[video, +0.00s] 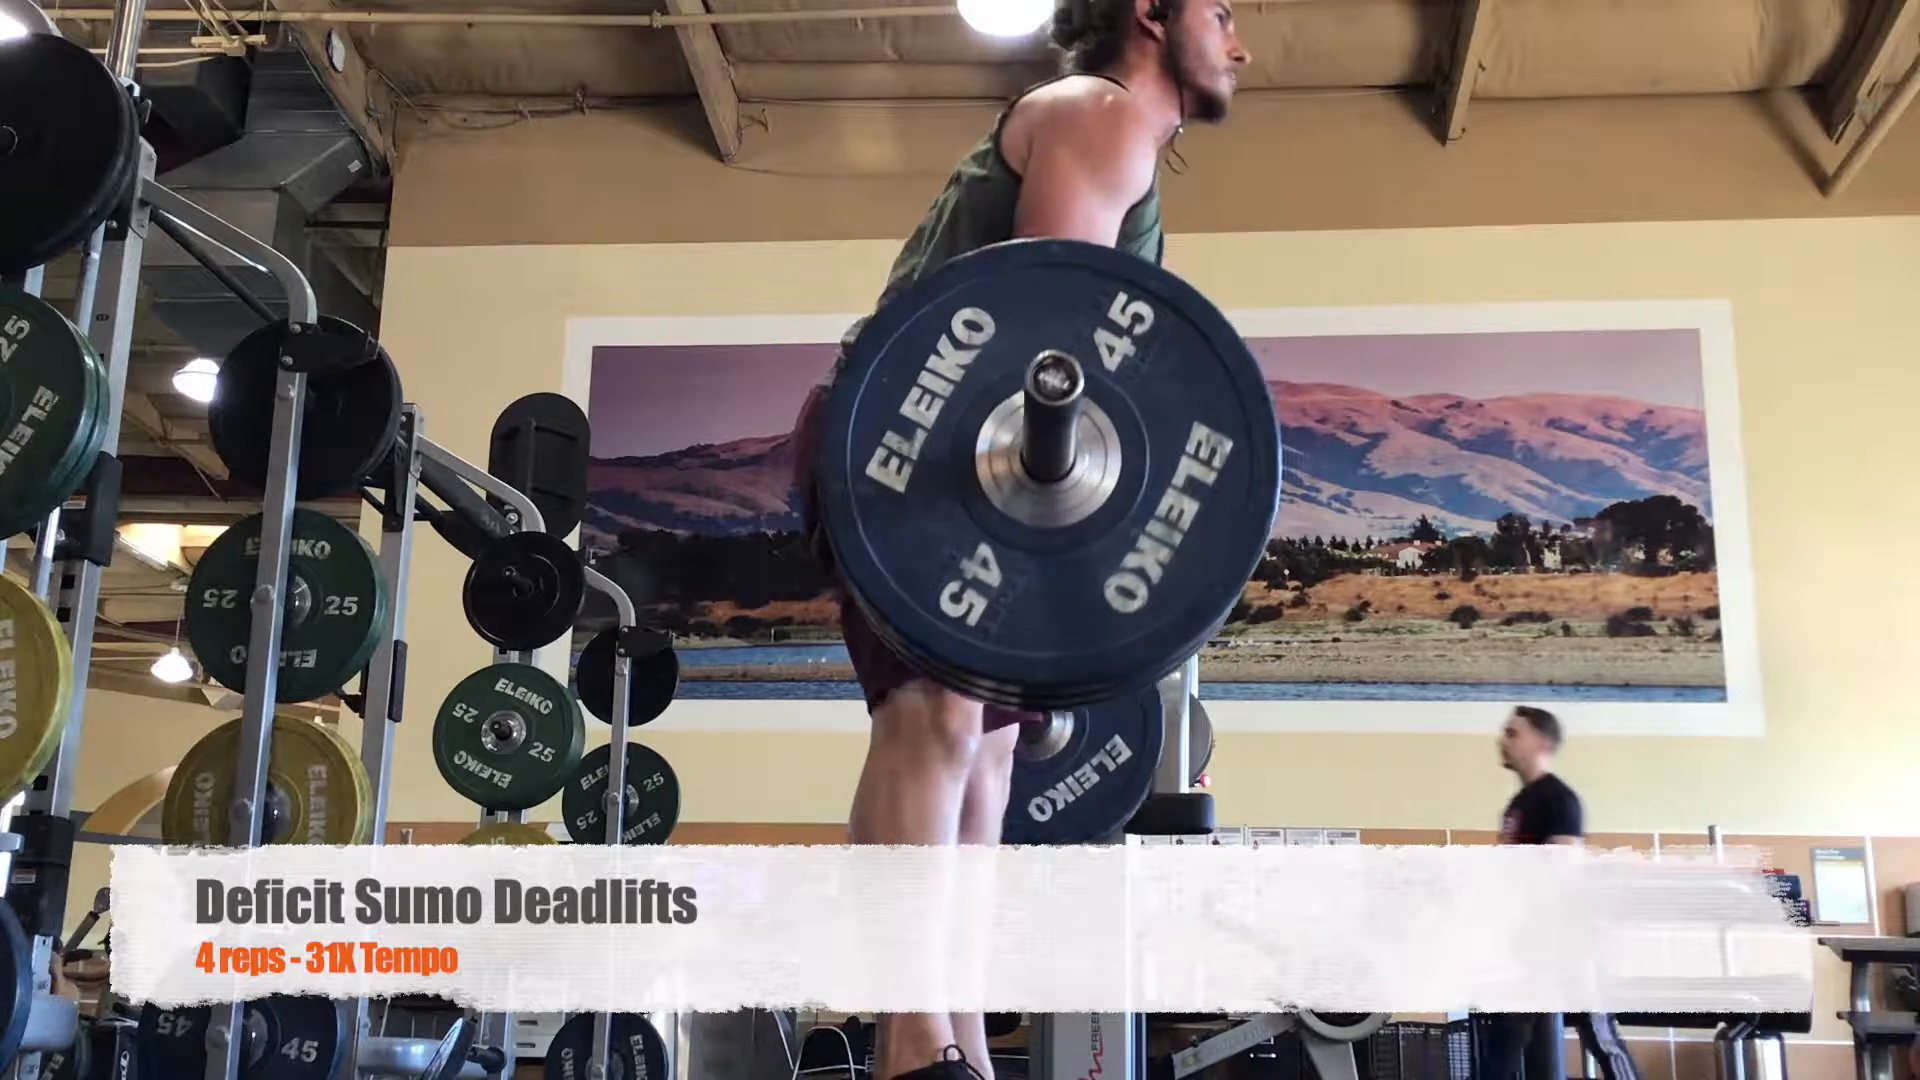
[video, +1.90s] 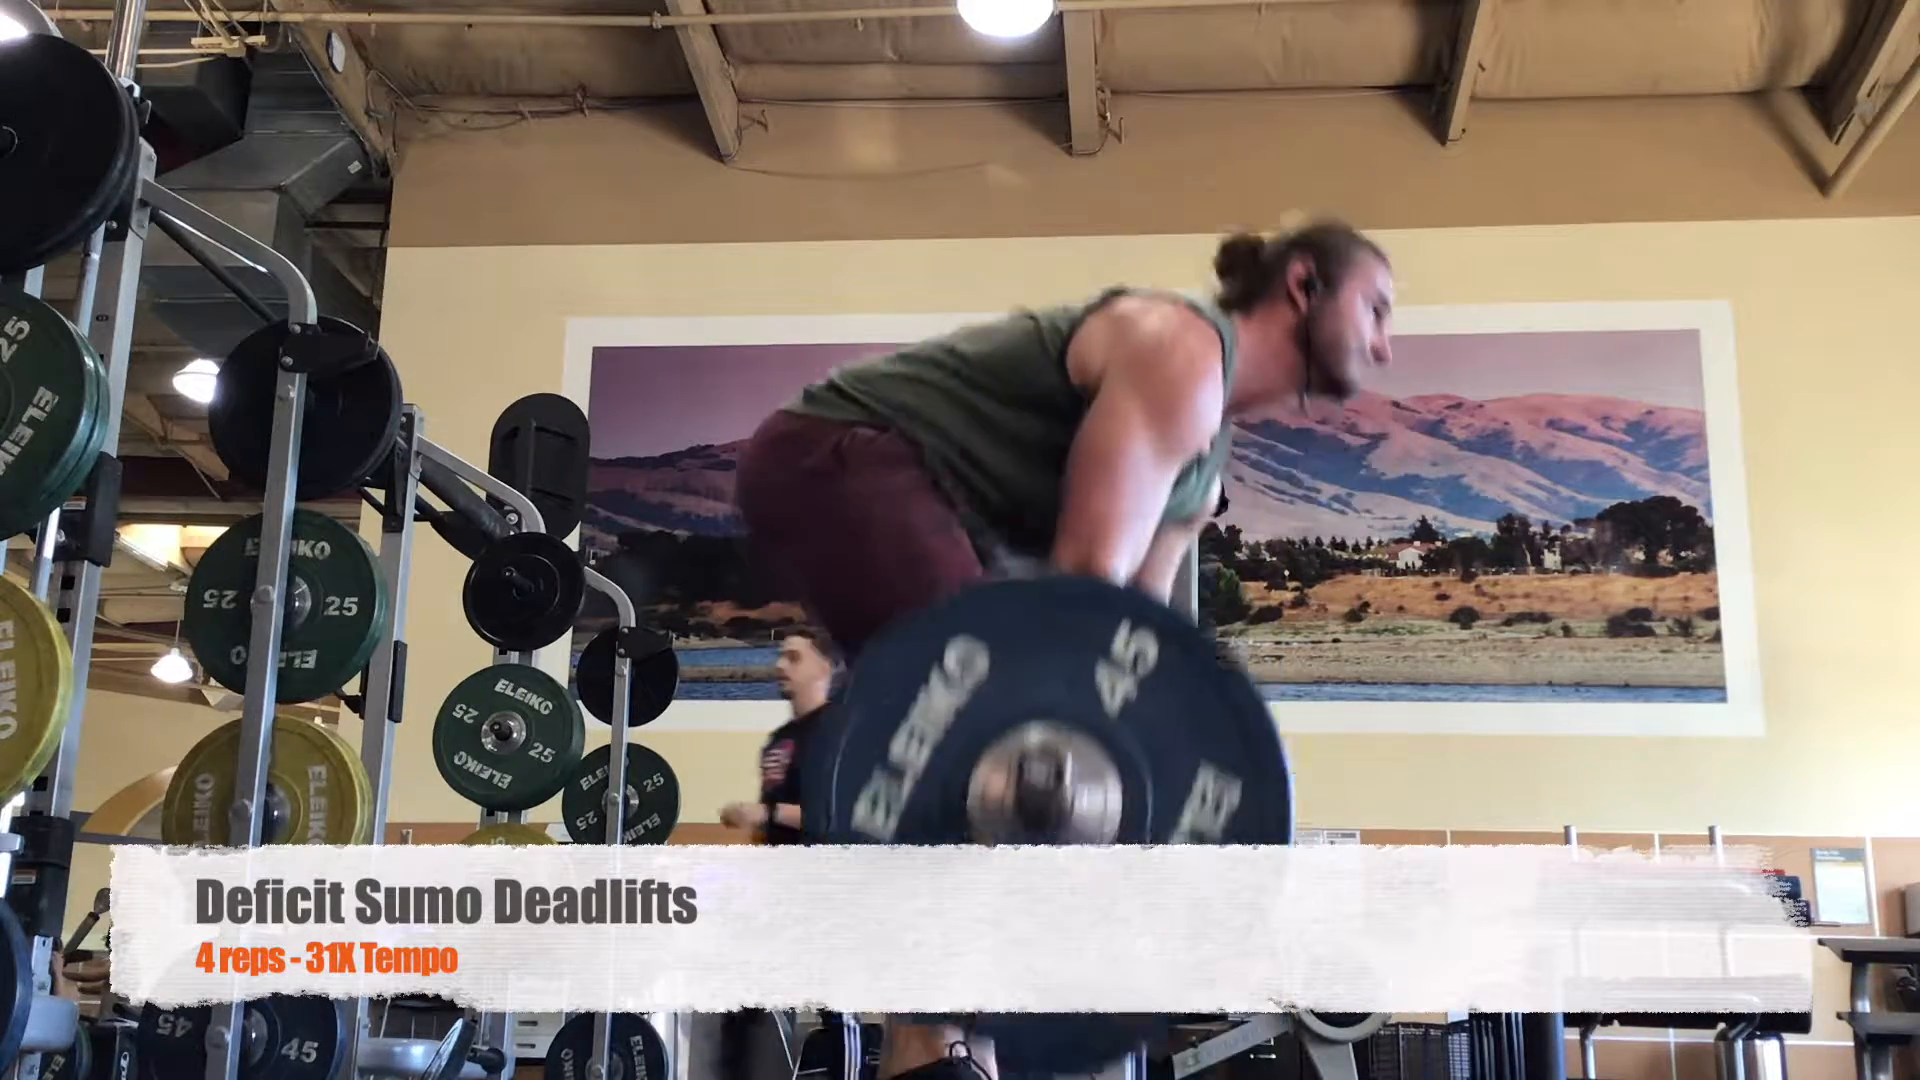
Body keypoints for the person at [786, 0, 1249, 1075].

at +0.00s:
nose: (1235, 33)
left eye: (1229, 15)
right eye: (1215, 12)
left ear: (1159, 28)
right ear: (1153, 19)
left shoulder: (1123, 148)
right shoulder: (1097, 115)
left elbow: (1075, 357)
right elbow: (1058, 335)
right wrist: (1075, 563)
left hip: (956, 440)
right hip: (886, 426)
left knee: (992, 724)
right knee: (931, 713)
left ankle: (958, 1032)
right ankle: (908, 1043)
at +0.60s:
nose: (1307, 153)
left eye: (1305, 132)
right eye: (1291, 127)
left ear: (1226, 135)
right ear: (1221, 126)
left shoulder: (1165, 278)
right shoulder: (1134, 210)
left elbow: (1118, 451)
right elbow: (1076, 424)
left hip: (891, 448)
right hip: (833, 428)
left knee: (966, 734)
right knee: (931, 712)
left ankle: (957, 1039)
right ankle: (911, 1042)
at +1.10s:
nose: (1354, 314)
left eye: (1355, 289)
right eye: (1341, 281)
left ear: (1274, 276)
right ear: (1270, 269)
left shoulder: (1184, 464)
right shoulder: (1158, 345)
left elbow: (1146, 633)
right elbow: (1082, 592)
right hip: (824, 475)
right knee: (984, 714)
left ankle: (943, 1033)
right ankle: (926, 1034)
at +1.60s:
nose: (1390, 490)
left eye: (1398, 472)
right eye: (1385, 457)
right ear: (1315, 423)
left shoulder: (1200, 585)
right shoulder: (1174, 487)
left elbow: (1135, 770)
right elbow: (1079, 728)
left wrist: (1142, 944)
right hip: (814, 545)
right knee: (1050, 705)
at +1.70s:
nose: (1397, 452)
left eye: (1402, 430)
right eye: (1389, 417)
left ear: (1318, 398)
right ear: (1315, 391)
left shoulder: (1202, 565)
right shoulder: (1181, 454)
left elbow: (1138, 742)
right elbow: (1077, 694)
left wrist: (1135, 895)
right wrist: (1077, 879)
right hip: (826, 510)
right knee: (1034, 689)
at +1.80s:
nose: (1398, 411)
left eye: (1402, 394)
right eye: (1388, 378)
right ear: (1315, 349)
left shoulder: (1202, 525)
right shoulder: (1180, 413)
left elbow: (1141, 681)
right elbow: (1080, 638)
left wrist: (1157, 828)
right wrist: (1092, 817)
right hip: (832, 483)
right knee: (1022, 690)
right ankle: (849, 763)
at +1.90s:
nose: (1387, 342)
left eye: (1390, 320)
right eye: (1375, 308)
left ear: (1304, 294)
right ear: (1301, 286)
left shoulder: (1199, 467)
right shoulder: (1176, 354)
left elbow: (1141, 630)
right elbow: (1082, 582)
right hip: (840, 458)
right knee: (978, 727)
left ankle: (933, 1032)